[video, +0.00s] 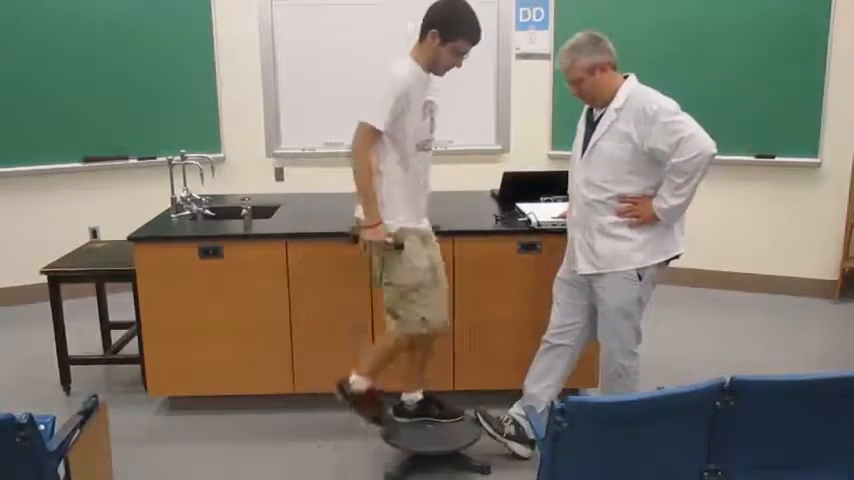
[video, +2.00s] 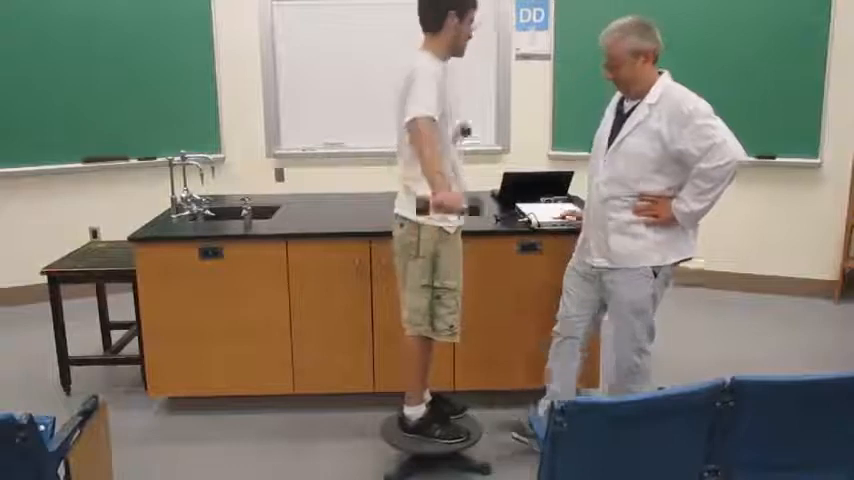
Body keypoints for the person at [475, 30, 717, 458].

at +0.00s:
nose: (573, 91)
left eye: (577, 81)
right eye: (570, 83)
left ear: (604, 69)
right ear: (596, 73)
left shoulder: (645, 105)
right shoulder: (592, 112)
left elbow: (697, 148)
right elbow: (604, 171)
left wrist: (662, 207)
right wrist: (581, 207)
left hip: (626, 256)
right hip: (583, 251)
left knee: (619, 355)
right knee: (560, 337)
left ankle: (615, 437)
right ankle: (528, 422)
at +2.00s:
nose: (606, 73)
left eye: (613, 64)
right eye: (605, 64)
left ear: (646, 58)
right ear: (634, 60)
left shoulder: (680, 105)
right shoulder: (619, 102)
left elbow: (725, 156)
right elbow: (625, 168)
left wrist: (681, 209)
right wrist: (598, 210)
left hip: (639, 255)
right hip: (594, 245)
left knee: (627, 356)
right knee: (568, 333)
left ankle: (624, 440)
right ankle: (554, 421)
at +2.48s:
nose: (609, 61)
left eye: (617, 53)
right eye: (606, 53)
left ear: (647, 54)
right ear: (605, 55)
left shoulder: (681, 104)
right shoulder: (595, 106)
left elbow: (732, 149)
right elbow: (566, 160)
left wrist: (687, 204)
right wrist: (542, 201)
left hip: (646, 250)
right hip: (596, 248)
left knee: (628, 348)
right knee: (594, 343)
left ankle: (635, 435)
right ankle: (600, 428)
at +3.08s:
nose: (606, 63)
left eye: (616, 55)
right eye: (604, 54)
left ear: (649, 58)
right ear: (601, 57)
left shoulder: (696, 115)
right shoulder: (584, 115)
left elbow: (753, 158)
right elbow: (535, 146)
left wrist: (703, 217)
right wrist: (482, 156)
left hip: (657, 281)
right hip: (590, 276)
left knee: (654, 390)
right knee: (586, 375)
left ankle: (652, 479)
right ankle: (602, 467)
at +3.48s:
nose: (539, 72)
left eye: (549, 62)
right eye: (538, 62)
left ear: (585, 65)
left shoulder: (633, 124)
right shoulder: (528, 127)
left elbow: (695, 177)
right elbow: (492, 170)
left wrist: (646, 241)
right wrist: (437, 161)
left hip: (605, 301)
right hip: (537, 299)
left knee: (618, 412)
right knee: (534, 407)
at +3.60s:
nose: (492, 73)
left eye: (500, 61)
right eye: (491, 62)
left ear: (538, 60)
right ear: (528, 62)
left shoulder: (584, 119)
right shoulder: (497, 121)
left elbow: (640, 178)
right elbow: (469, 179)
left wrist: (591, 245)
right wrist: (415, 164)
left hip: (554, 306)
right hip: (502, 302)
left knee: (538, 425)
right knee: (514, 420)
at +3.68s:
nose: (492, 73)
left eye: (500, 61)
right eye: (491, 62)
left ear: (538, 60)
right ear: (528, 62)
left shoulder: (584, 119)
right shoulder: (497, 121)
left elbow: (640, 178)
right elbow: (469, 179)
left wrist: (591, 245)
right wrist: (415, 164)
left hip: (550, 305)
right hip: (501, 300)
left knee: (535, 423)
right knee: (512, 417)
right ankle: (525, 476)